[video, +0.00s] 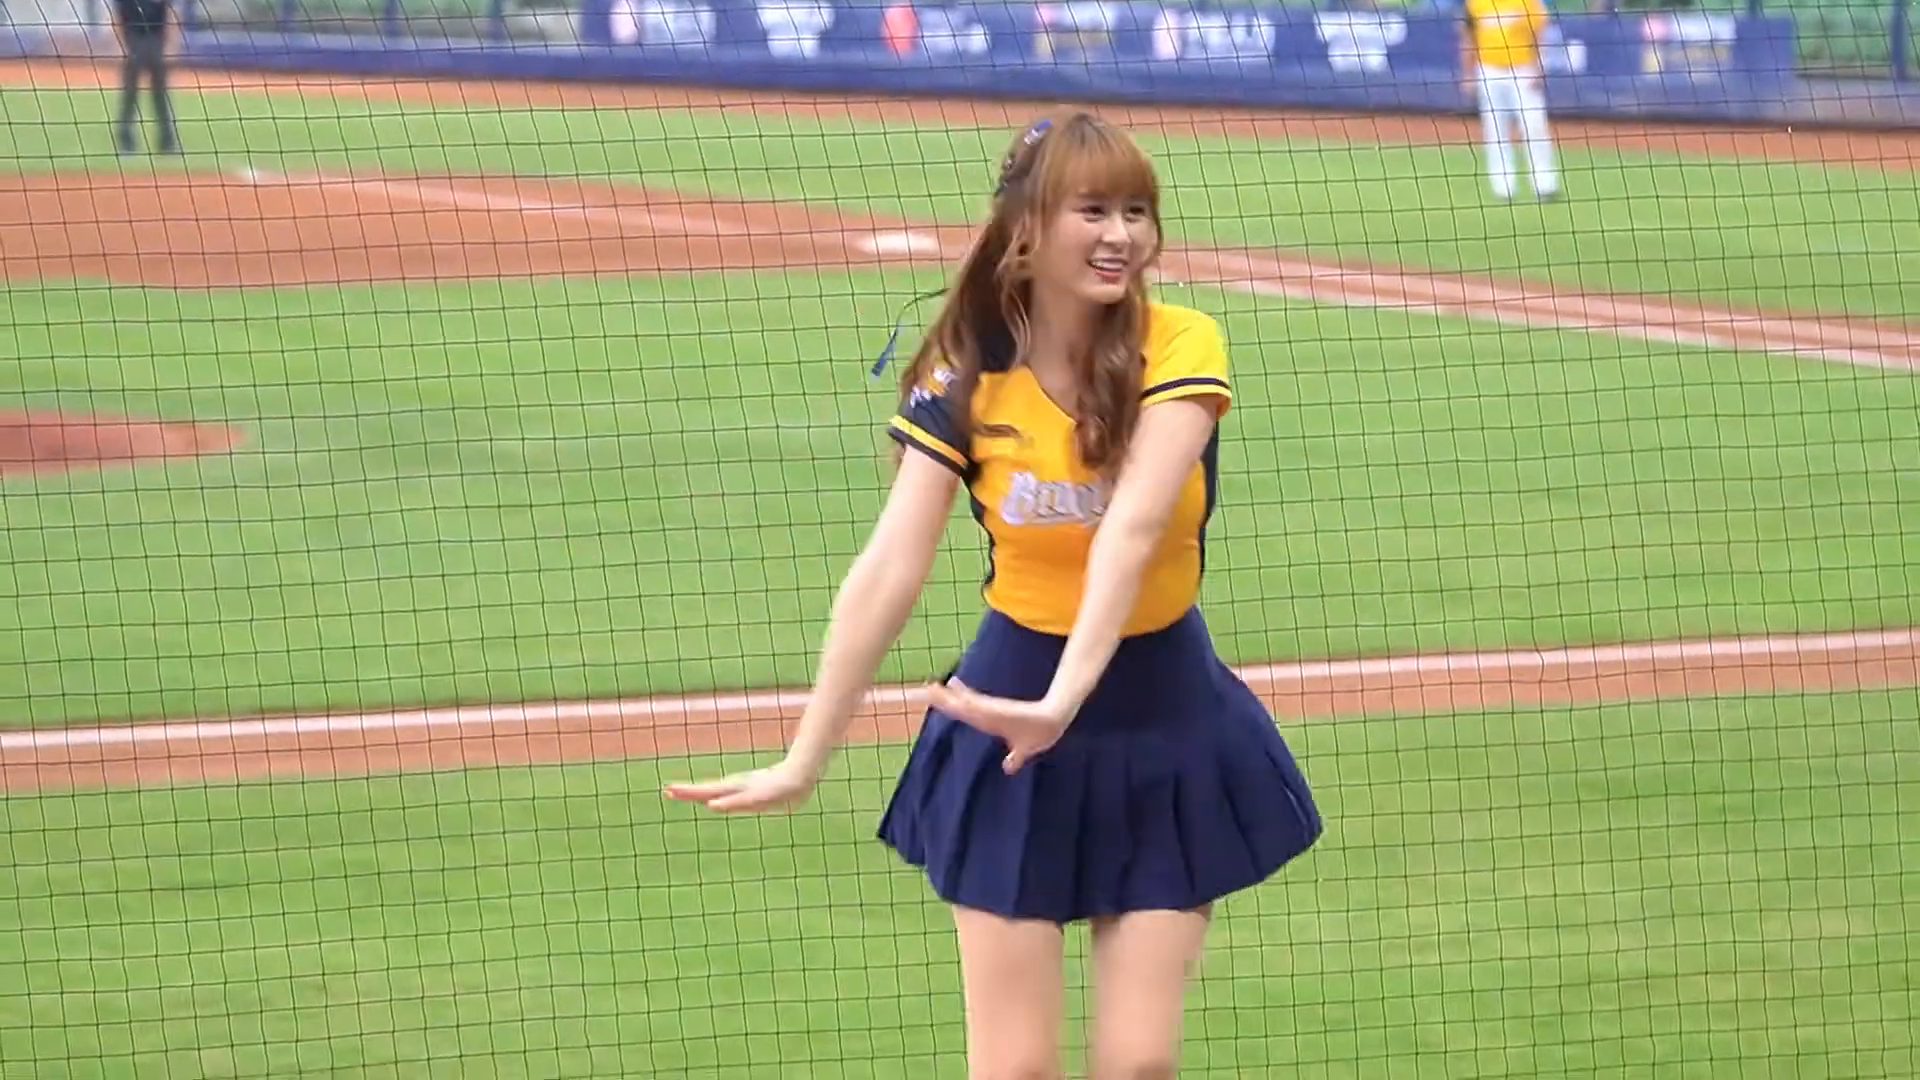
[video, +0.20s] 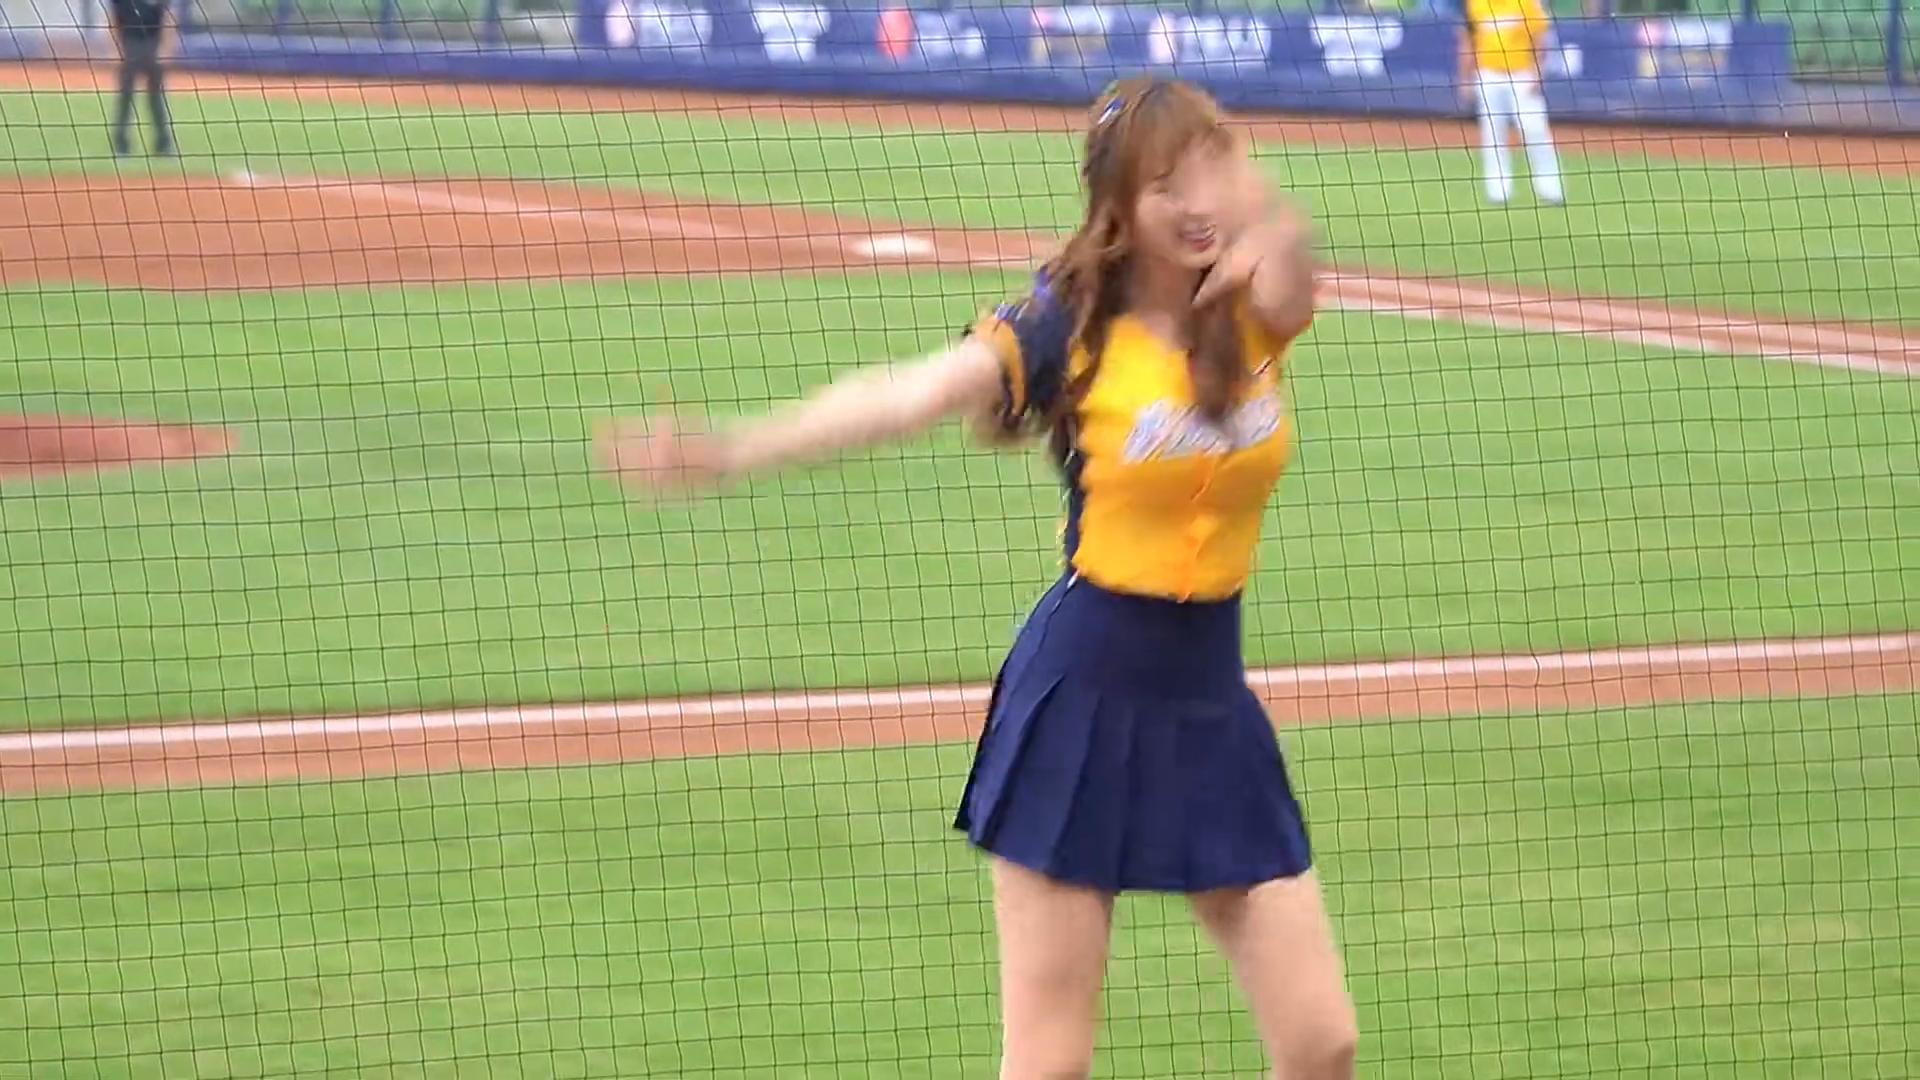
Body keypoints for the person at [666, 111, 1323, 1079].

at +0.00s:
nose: (1119, 234)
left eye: (1135, 212)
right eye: (1089, 210)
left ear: (1156, 230)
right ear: (1023, 234)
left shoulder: (1181, 345)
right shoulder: (964, 370)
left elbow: (1134, 528)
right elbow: (889, 570)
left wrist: (1061, 699)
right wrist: (805, 759)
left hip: (1162, 706)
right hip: (1009, 700)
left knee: (1139, 1059)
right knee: (1011, 1060)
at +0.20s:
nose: (1197, 207)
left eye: (1209, 174)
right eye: (1166, 184)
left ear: (1238, 179)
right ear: (1118, 204)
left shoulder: (1246, 317)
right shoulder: (1070, 324)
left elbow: (1284, 276)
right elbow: (910, 393)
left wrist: (1270, 220)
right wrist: (730, 451)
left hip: (1209, 688)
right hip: (1083, 682)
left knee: (1321, 1041)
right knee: (1050, 1052)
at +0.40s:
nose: (1293, 187)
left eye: (1309, 161)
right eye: (1263, 166)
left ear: (1331, 173)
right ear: (1211, 187)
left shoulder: (1347, 293)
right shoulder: (1174, 298)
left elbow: (1478, 144)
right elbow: (1046, 171)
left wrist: (1589, 11)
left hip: (1300, 698)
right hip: (1180, 686)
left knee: (1369, 1048)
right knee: (1077, 1042)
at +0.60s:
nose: (1404, 183)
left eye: (1422, 163)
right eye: (1376, 162)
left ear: (1441, 186)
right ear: (1318, 184)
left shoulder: (1422, 359)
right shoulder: (1249, 298)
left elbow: (1573, 466)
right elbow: (1079, 352)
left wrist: (1721, 546)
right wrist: (1191, 234)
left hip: (1291, 695)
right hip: (1163, 676)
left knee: (1346, 1052)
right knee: (1222, 1017)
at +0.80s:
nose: (1416, 247)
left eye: (1430, 223)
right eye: (1388, 224)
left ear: (1448, 243)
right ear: (1331, 244)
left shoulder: (1425, 445)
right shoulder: (1239, 361)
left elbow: (1502, 656)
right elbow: (1035, 408)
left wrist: (1579, 825)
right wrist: (1168, 305)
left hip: (1278, 748)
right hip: (1142, 732)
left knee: (1382, 1063)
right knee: (1272, 983)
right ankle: (1003, 1052)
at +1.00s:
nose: (1301, 201)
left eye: (1320, 181)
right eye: (1277, 174)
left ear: (1333, 203)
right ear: (1207, 182)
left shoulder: (1346, 333)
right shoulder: (1101, 299)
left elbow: (1545, 346)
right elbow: (924, 190)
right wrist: (933, 36)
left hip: (1258, 697)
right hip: (1106, 689)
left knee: (1307, 1054)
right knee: (1043, 1050)